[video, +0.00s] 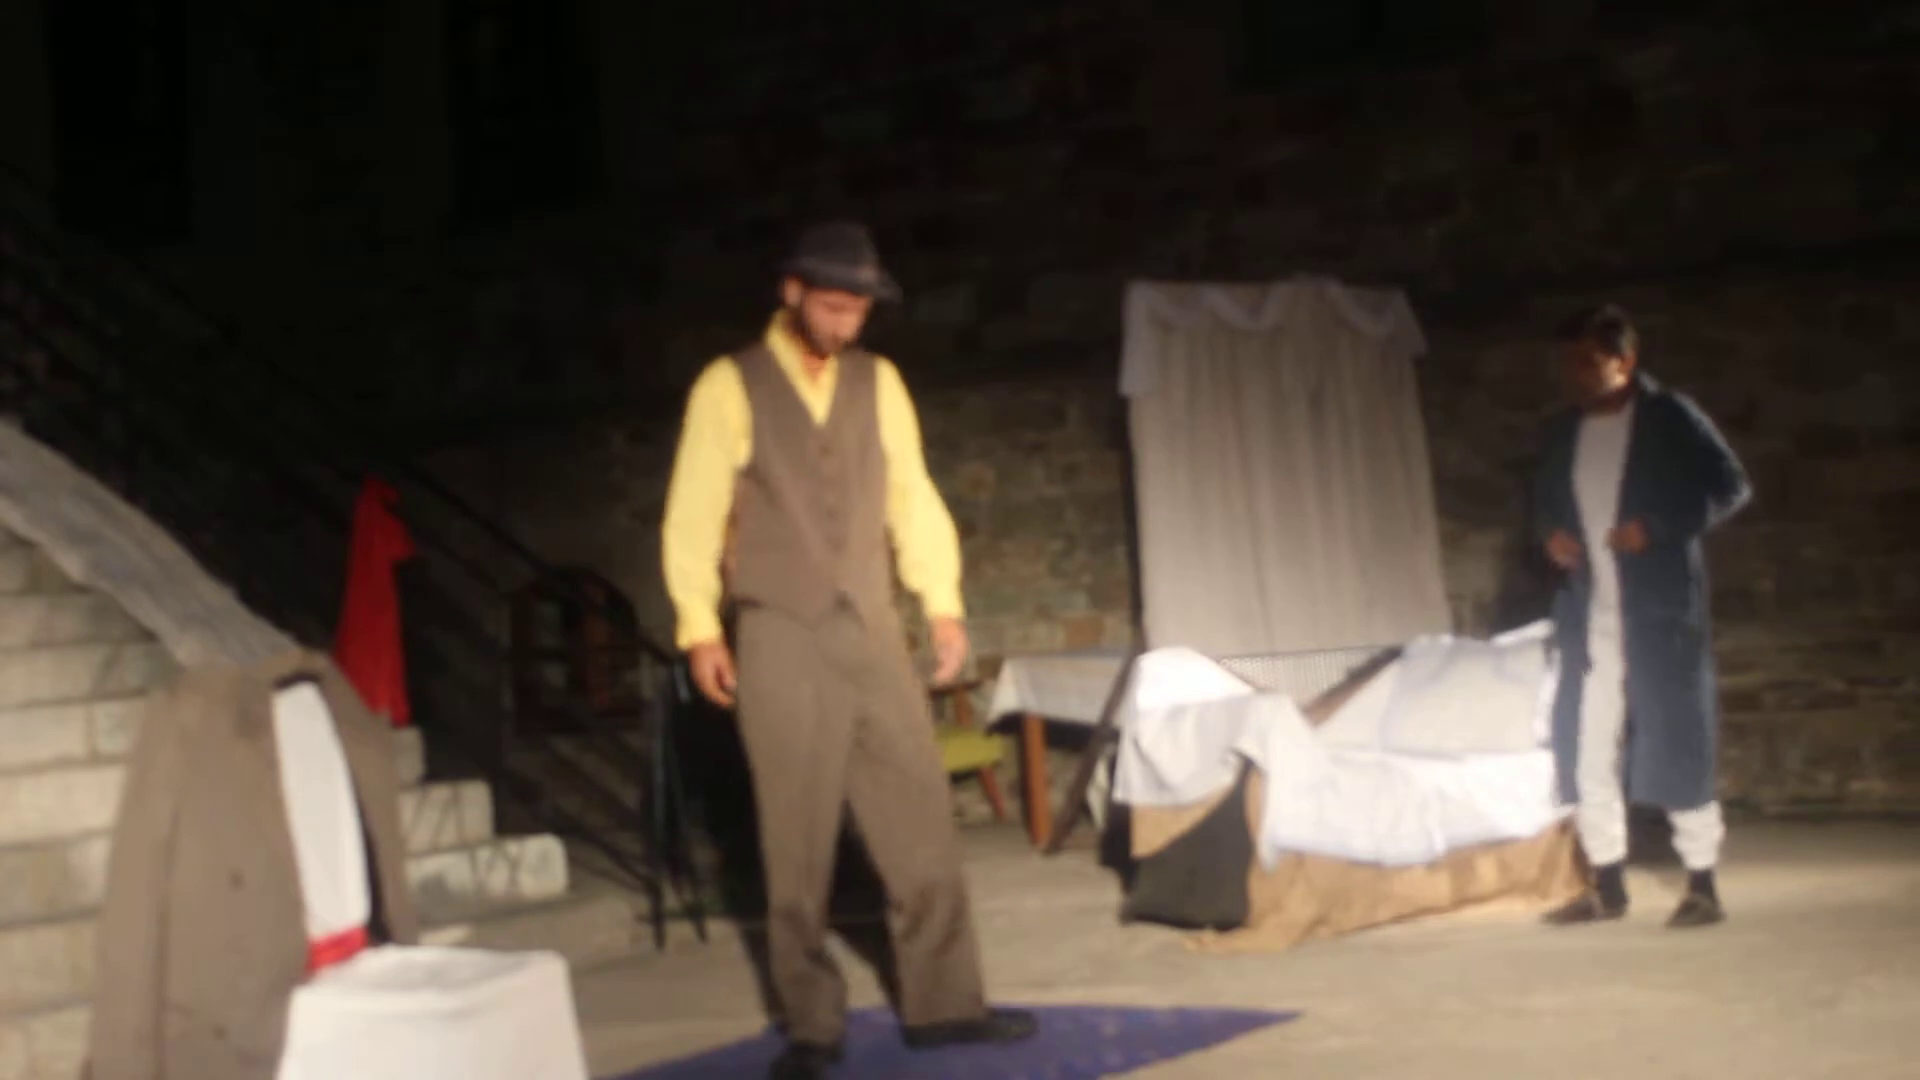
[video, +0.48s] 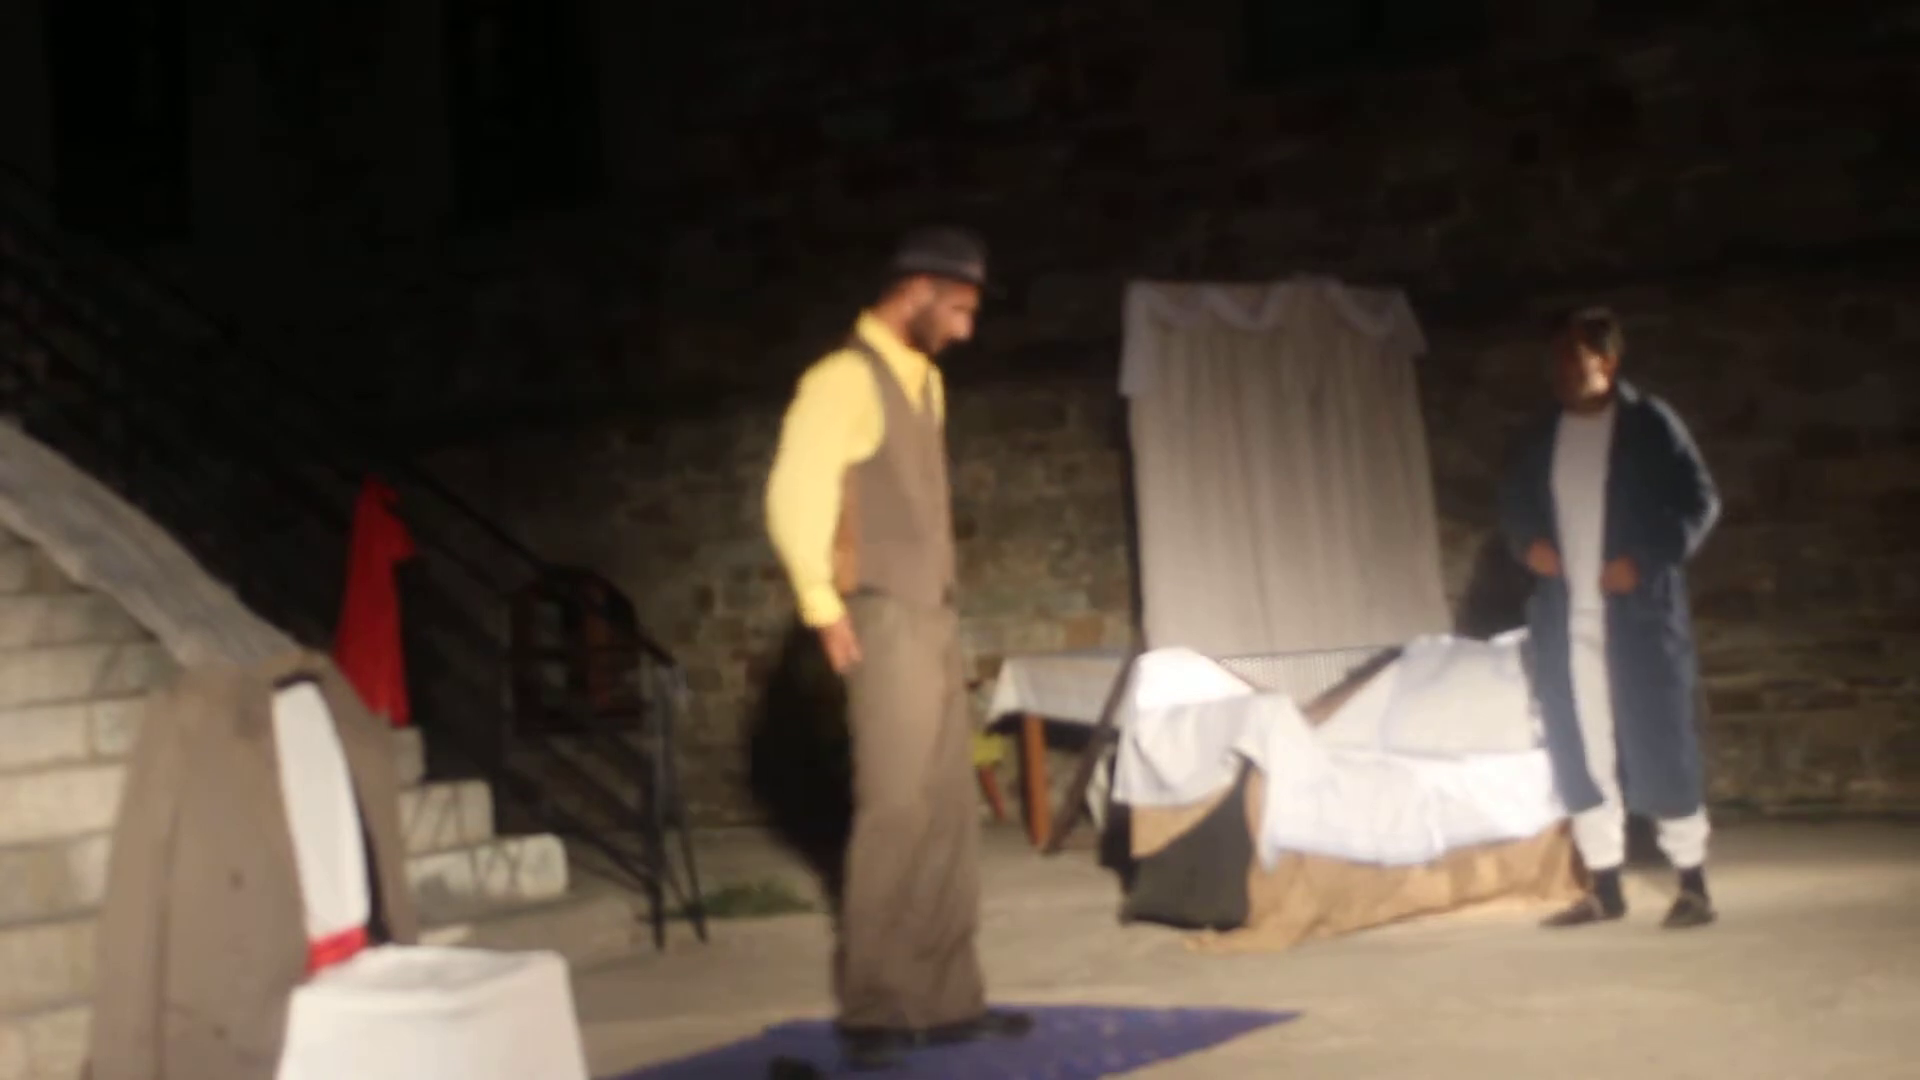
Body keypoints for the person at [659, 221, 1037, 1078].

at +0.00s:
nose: (852, 317)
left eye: (862, 302)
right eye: (837, 300)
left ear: (870, 303)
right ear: (792, 292)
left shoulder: (881, 386)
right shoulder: (729, 389)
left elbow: (913, 501)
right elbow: (691, 517)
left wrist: (944, 608)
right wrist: (699, 628)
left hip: (875, 635)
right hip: (780, 640)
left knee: (920, 817)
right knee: (798, 837)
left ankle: (945, 1004)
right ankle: (811, 1024)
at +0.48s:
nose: (968, 322)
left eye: (973, 307)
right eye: (962, 304)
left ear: (936, 300)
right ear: (914, 291)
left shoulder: (924, 383)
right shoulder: (845, 379)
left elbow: (913, 507)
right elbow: (794, 496)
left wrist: (935, 617)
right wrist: (822, 605)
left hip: (932, 620)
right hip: (882, 620)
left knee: (948, 811)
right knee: (894, 813)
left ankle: (946, 1001)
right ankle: (873, 1012)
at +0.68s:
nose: (999, 307)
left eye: (1001, 290)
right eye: (994, 289)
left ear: (946, 286)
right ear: (953, 286)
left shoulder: (924, 368)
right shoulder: (898, 369)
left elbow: (883, 492)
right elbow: (845, 485)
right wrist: (864, 599)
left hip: (923, 610)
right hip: (918, 612)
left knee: (925, 817)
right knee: (955, 811)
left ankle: (928, 1004)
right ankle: (983, 1002)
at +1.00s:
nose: (1047, 339)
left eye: (1051, 324)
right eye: (1045, 321)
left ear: (996, 305)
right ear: (1009, 304)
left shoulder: (920, 380)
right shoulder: (984, 376)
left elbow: (876, 500)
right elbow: (992, 501)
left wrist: (898, 580)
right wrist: (1029, 610)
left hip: (919, 611)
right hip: (969, 612)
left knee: (995, 798)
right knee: (1025, 799)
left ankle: (952, 974)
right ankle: (1022, 1006)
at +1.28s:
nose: (1072, 362)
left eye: (1081, 347)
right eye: (1074, 341)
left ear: (1022, 318)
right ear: (1044, 315)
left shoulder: (948, 381)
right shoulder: (1014, 379)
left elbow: (891, 489)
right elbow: (1031, 500)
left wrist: (887, 597)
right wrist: (1084, 597)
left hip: (937, 609)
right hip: (986, 609)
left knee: (981, 797)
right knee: (1023, 795)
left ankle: (1019, 982)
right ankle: (1020, 1000)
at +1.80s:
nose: (1101, 362)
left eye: (1109, 349)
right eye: (1103, 343)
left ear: (1064, 318)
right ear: (1070, 316)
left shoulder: (1000, 373)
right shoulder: (1026, 376)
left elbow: (980, 494)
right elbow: (993, 488)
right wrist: (995, 604)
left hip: (965, 604)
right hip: (1000, 603)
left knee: (1011, 781)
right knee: (1112, 754)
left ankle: (1015, 979)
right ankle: (1121, 956)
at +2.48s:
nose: (1141, 291)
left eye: (1139, 276)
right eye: (1139, 277)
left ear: (1072, 285)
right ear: (1120, 280)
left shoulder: (1035, 372)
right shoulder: (1107, 366)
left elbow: (1013, 499)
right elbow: (1127, 493)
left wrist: (1062, 549)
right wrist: (1170, 594)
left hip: (1044, 595)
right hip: (1097, 596)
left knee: (1082, 788)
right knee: (1111, 790)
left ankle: (1077, 975)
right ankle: (1110, 984)